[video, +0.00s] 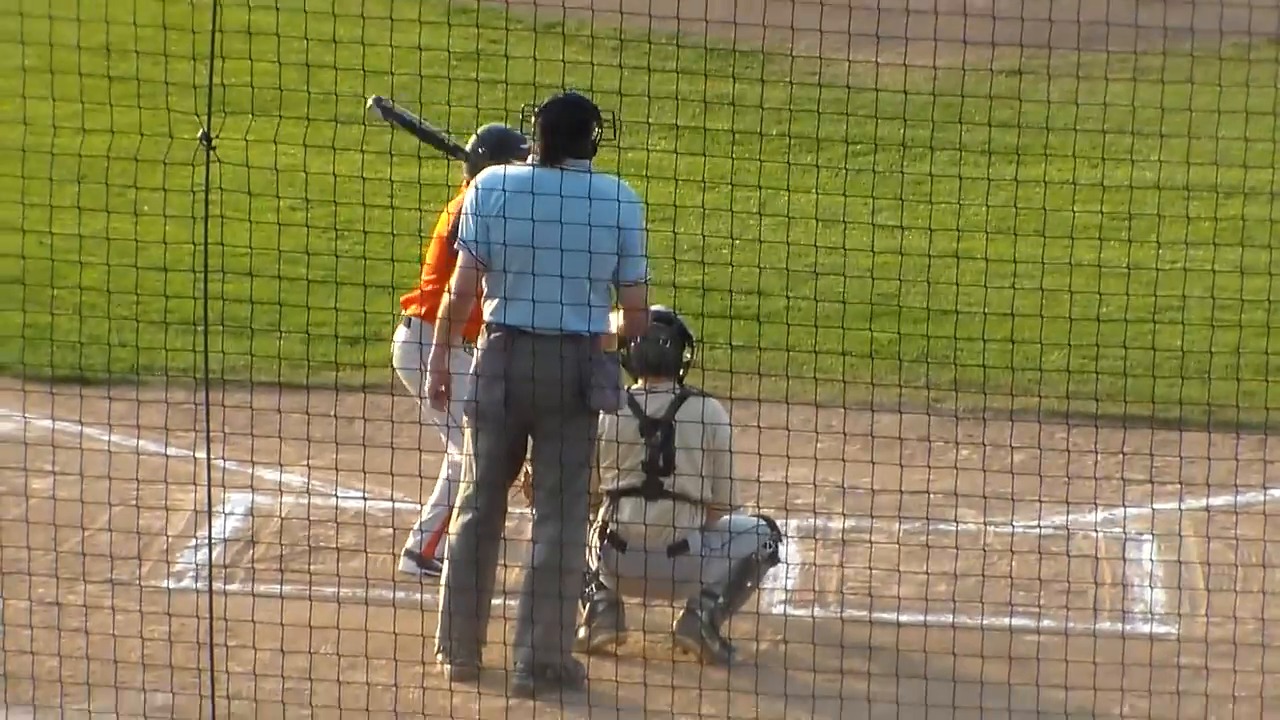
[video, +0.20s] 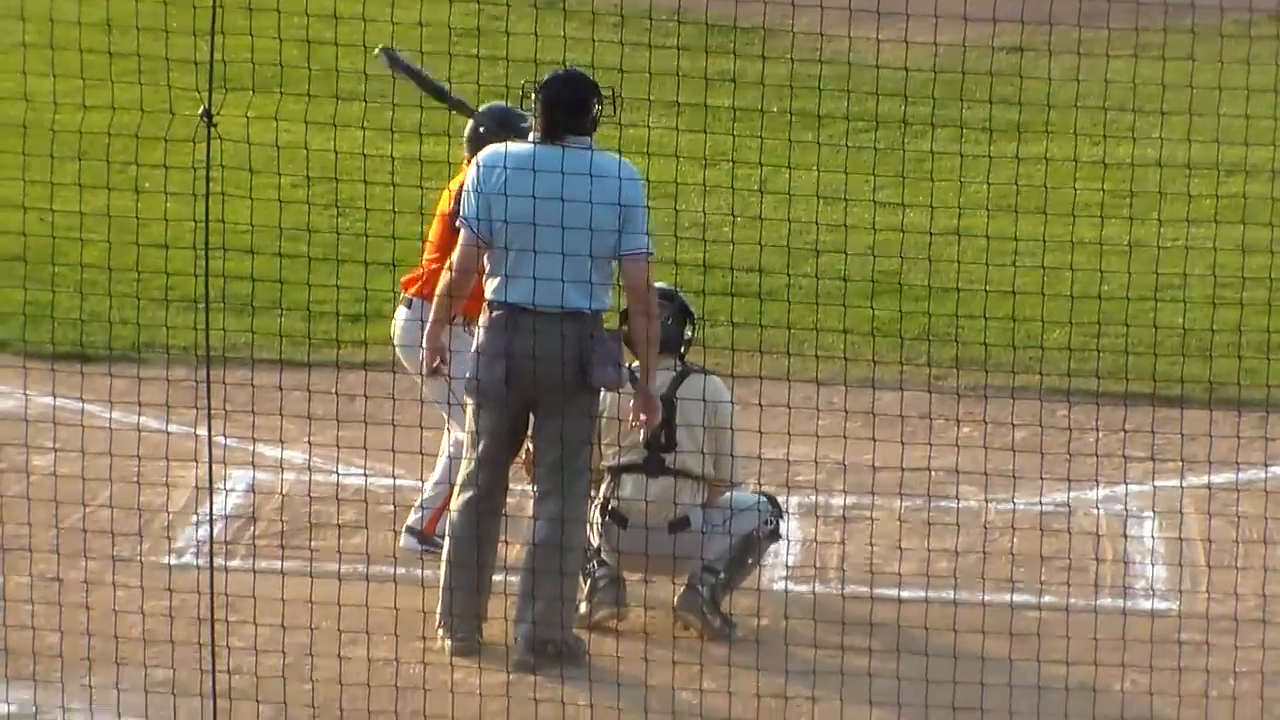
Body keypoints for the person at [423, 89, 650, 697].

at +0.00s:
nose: (592, 145)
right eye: (594, 138)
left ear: (538, 138)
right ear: (593, 142)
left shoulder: (492, 186)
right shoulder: (621, 201)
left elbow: (462, 290)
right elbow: (636, 315)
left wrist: (440, 357)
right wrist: (610, 341)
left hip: (501, 359)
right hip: (575, 364)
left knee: (478, 504)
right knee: (561, 512)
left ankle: (460, 650)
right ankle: (542, 661)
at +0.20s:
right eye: (592, 115)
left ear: (539, 115)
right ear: (593, 119)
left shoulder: (493, 164)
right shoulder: (622, 178)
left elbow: (464, 264)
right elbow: (639, 286)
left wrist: (435, 330)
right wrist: (646, 383)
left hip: (503, 337)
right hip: (575, 343)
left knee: (481, 478)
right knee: (563, 489)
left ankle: (461, 623)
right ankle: (544, 635)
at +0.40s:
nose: (594, 114)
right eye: (597, 106)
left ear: (539, 105)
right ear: (595, 110)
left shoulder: (493, 152)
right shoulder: (621, 167)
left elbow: (462, 254)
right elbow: (639, 277)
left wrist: (439, 327)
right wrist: (647, 372)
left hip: (502, 326)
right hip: (575, 332)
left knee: (480, 470)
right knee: (562, 479)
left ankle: (458, 615)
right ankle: (542, 625)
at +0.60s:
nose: (605, 101)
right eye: (604, 94)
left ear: (543, 91)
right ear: (599, 97)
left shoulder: (496, 139)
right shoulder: (624, 155)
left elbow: (469, 244)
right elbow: (634, 264)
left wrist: (449, 316)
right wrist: (636, 348)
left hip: (506, 314)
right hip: (579, 321)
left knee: (481, 459)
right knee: (564, 467)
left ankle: (460, 602)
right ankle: (544, 613)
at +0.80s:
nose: (603, 98)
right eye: (602, 90)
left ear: (543, 90)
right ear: (598, 94)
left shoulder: (497, 138)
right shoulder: (625, 153)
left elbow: (470, 243)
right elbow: (634, 263)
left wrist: (456, 308)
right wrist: (631, 328)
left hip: (506, 311)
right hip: (579, 317)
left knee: (481, 456)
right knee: (564, 465)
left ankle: (460, 601)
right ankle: (543, 612)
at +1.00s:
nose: (603, 97)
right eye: (602, 89)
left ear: (542, 89)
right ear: (597, 93)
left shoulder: (496, 137)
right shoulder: (624, 151)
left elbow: (469, 242)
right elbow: (634, 260)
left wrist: (453, 308)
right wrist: (636, 337)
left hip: (505, 311)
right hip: (578, 318)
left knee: (481, 456)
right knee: (564, 466)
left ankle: (459, 600)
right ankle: (544, 612)